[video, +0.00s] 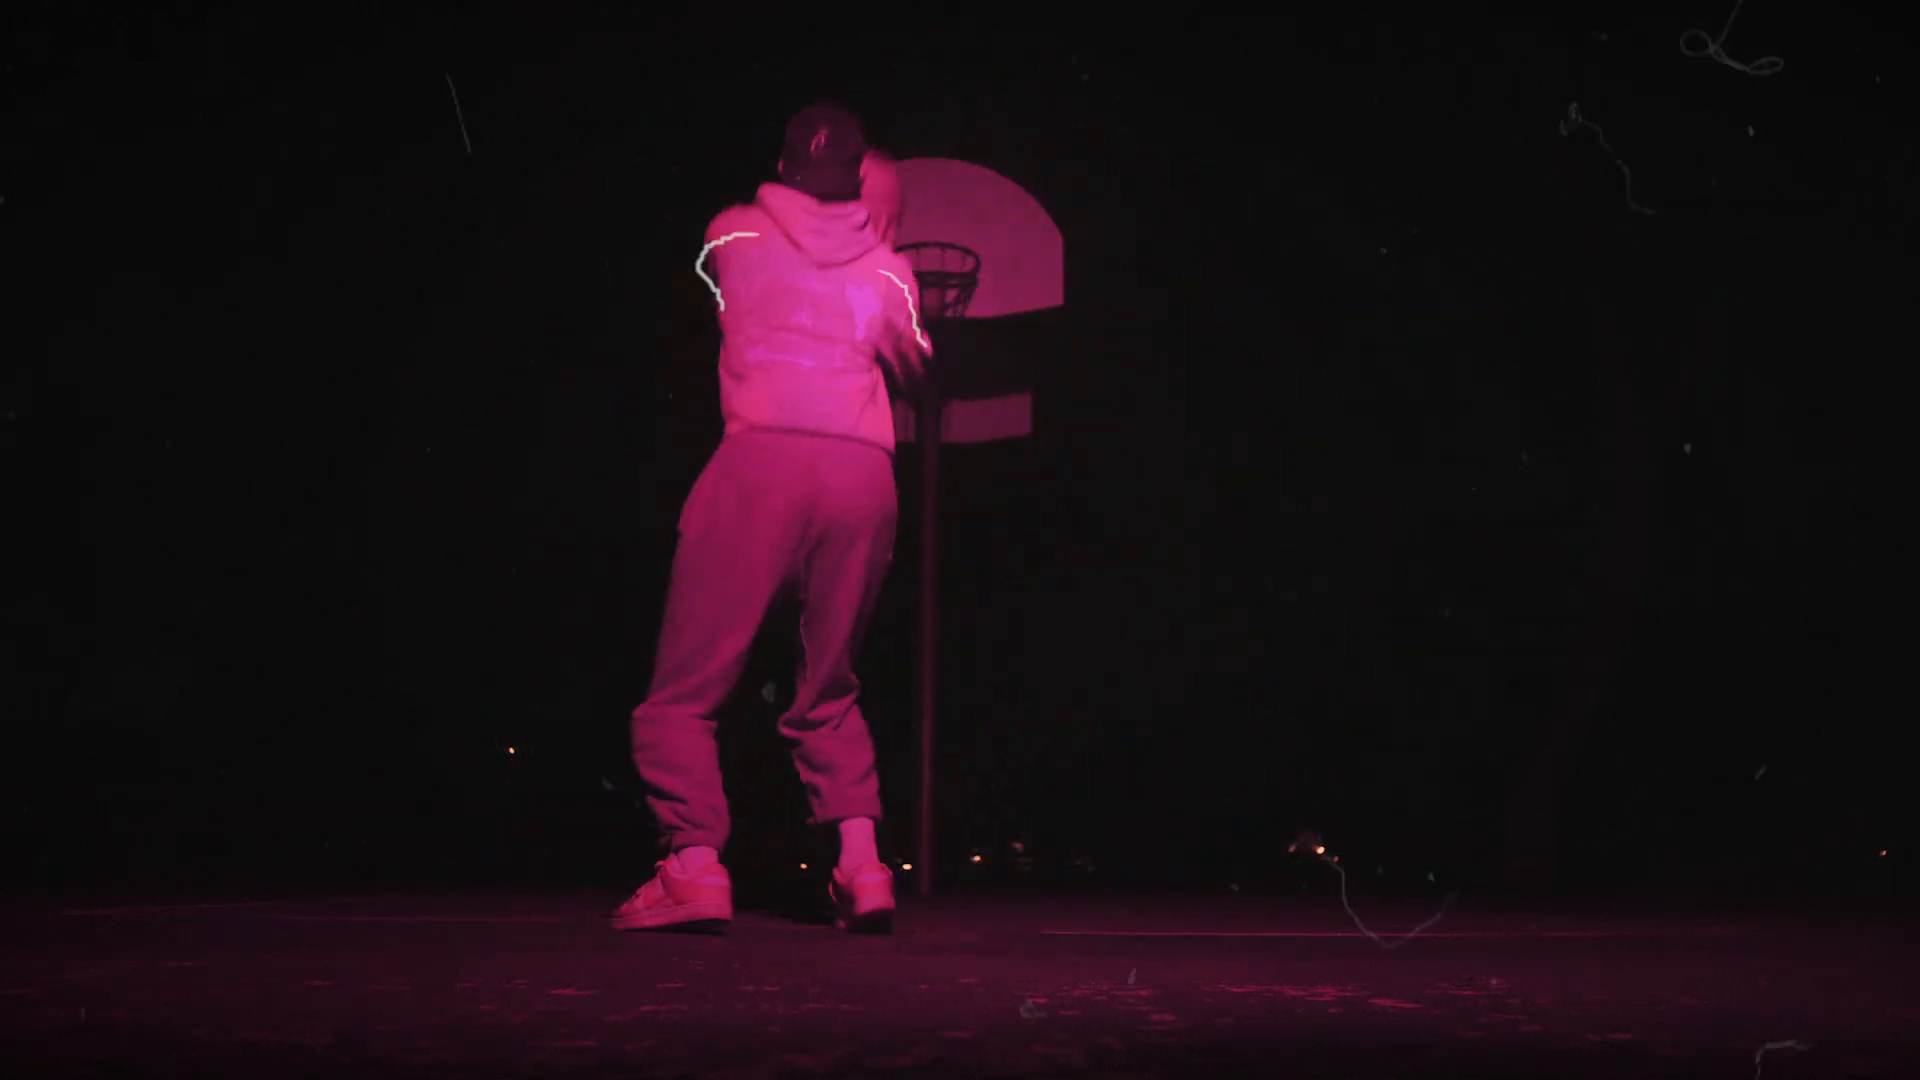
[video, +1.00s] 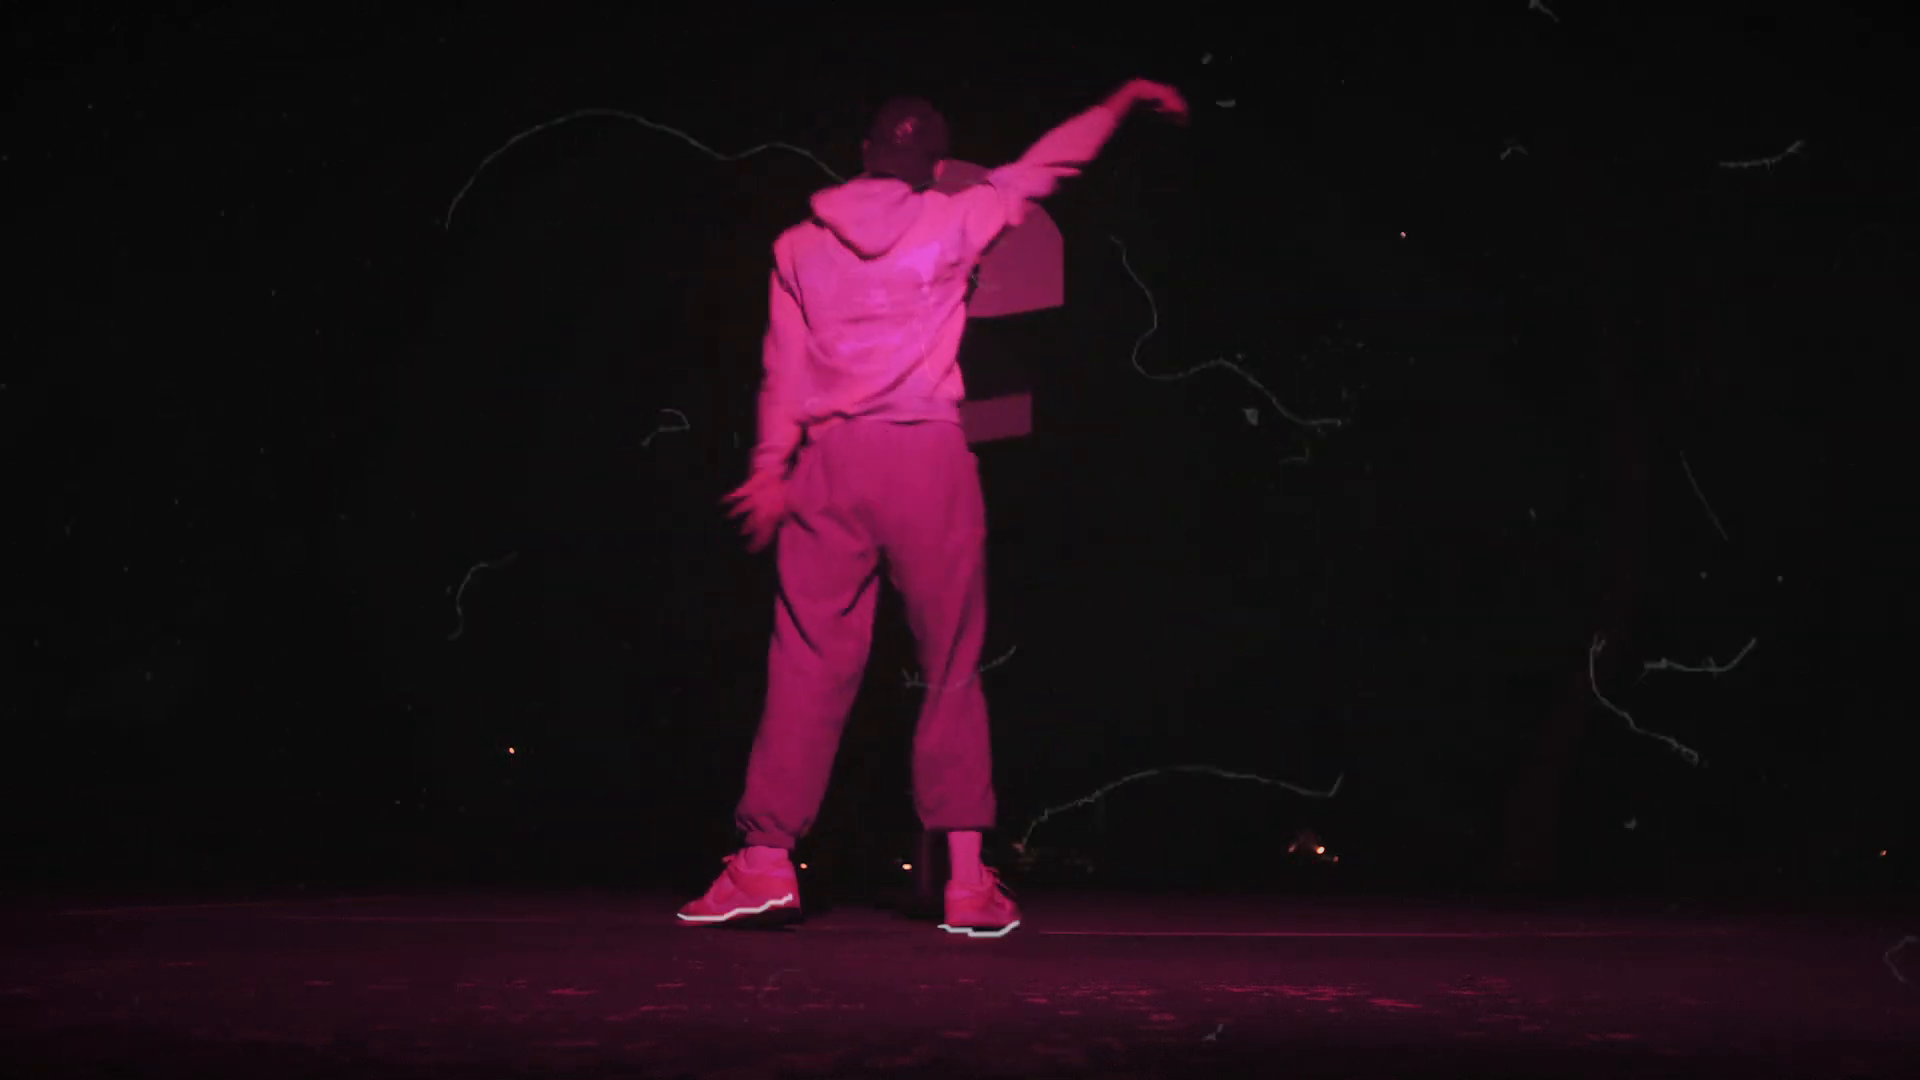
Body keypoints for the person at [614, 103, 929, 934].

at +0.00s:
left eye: (788, 165)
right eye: (858, 181)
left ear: (781, 172)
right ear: (865, 184)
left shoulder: (734, 237)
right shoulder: (889, 269)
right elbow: (912, 362)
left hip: (760, 468)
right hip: (862, 478)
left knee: (681, 695)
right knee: (827, 690)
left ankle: (694, 868)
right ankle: (862, 863)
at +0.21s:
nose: (803, 31)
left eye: (809, 27)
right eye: (846, 33)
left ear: (800, 37)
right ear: (877, 48)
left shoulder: (762, 87)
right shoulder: (890, 118)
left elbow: (774, 33)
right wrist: (856, 16)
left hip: (775, 345)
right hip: (866, 354)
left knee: (721, 566)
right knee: (853, 594)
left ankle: (691, 768)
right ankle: (856, 799)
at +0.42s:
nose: (790, 38)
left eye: (792, 31)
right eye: (867, 38)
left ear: (798, 35)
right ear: (870, 39)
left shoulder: (769, 84)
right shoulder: (891, 99)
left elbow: (777, 8)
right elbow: (891, 24)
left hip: (779, 340)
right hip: (868, 347)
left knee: (749, 562)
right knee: (854, 585)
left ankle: (725, 777)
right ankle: (853, 795)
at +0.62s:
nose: (804, 112)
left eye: (807, 104)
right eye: (827, 106)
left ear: (800, 124)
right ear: (876, 129)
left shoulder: (768, 191)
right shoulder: (901, 189)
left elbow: (715, 156)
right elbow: (920, 114)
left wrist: (769, 77)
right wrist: (933, 39)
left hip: (800, 447)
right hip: (883, 447)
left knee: (748, 654)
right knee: (855, 666)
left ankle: (764, 875)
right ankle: (883, 872)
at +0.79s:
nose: (839, 115)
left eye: (833, 100)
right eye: (863, 108)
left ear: (815, 109)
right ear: (890, 121)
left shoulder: (766, 189)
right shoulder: (916, 183)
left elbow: (695, 289)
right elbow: (964, 124)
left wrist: (736, 245)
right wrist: (1006, 55)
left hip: (806, 429)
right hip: (900, 428)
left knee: (780, 632)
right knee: (890, 632)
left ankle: (765, 856)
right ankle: (901, 856)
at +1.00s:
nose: (945, 174)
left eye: (933, 159)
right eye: (942, 162)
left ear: (862, 156)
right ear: (935, 164)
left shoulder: (799, 246)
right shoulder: (951, 221)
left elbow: (782, 373)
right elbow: (1043, 168)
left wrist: (769, 471)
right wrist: (1122, 100)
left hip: (825, 464)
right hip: (923, 462)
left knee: (809, 658)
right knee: (950, 663)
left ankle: (764, 859)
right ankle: (966, 878)